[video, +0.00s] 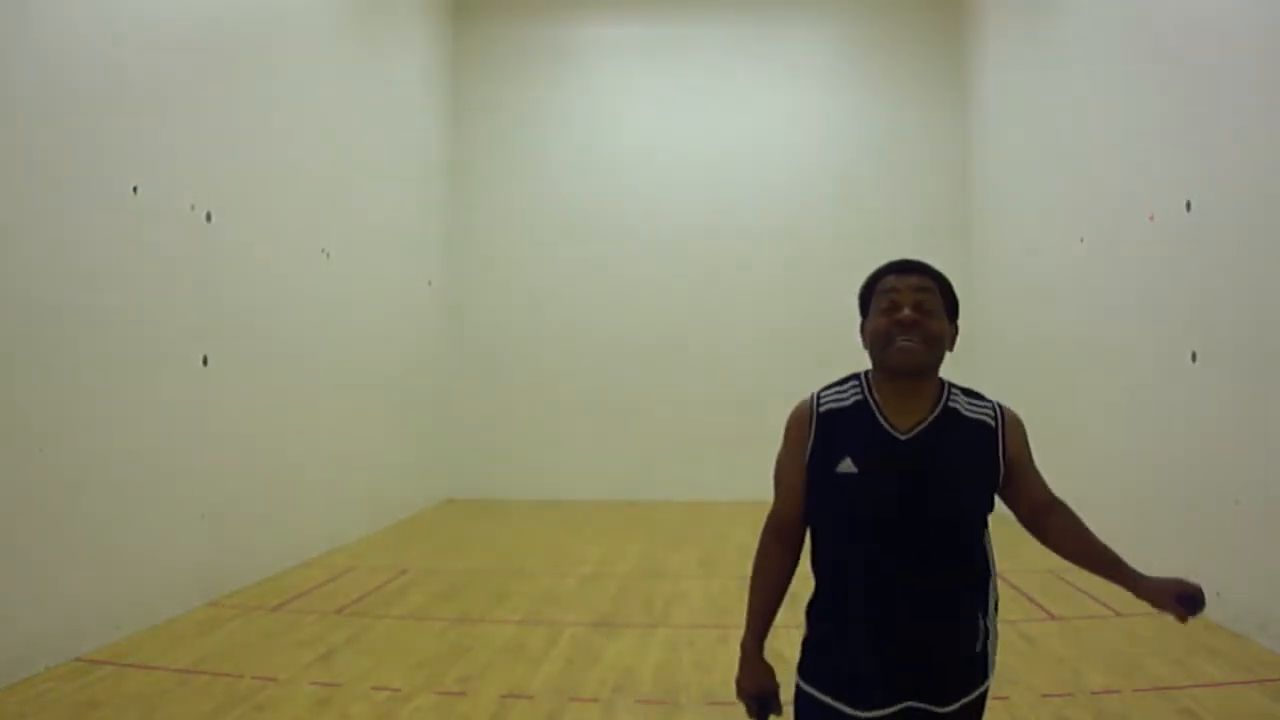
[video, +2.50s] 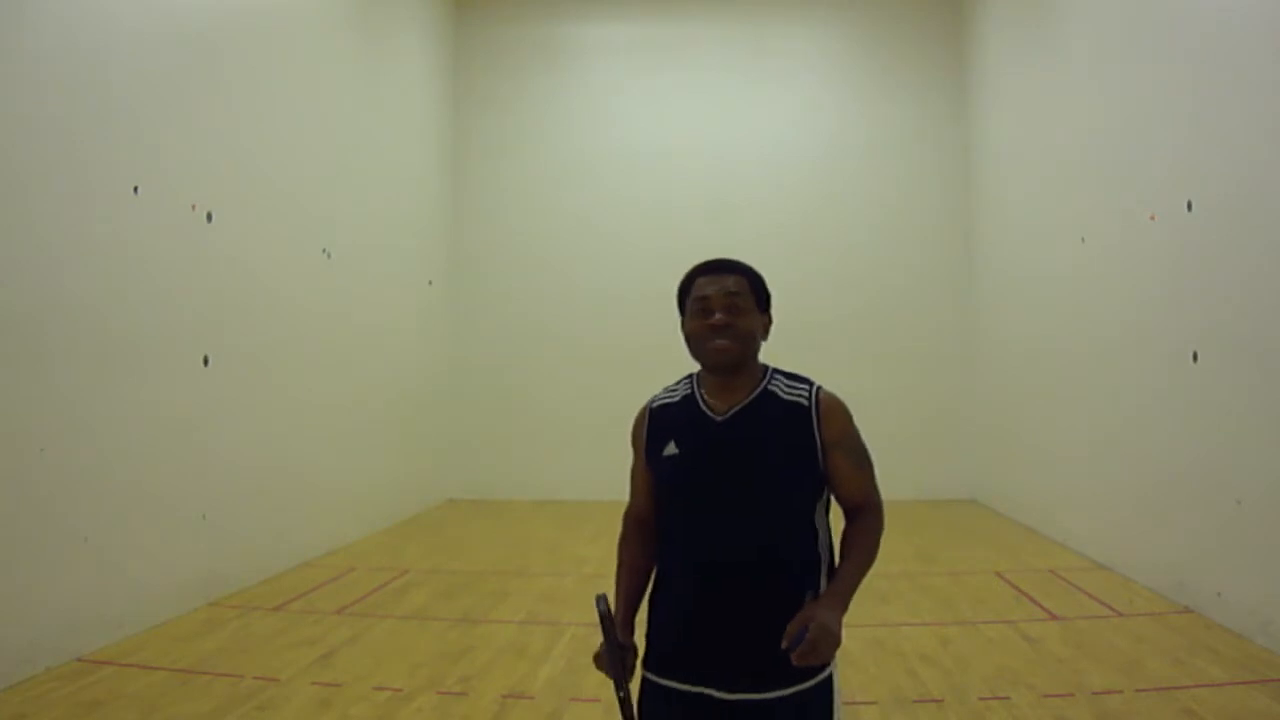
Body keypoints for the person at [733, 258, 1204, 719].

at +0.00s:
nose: (906, 315)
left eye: (924, 308)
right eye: (888, 306)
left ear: (951, 336)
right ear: (862, 332)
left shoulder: (992, 428)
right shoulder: (817, 421)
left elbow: (1046, 515)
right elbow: (783, 533)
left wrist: (1141, 584)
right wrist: (752, 649)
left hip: (951, 677)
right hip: (843, 673)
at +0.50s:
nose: (842, 317)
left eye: (859, 304)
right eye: (823, 309)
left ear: (892, 324)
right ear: (803, 333)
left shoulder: (944, 422)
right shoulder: (762, 424)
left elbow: (983, 531)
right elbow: (730, 535)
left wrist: (1000, 637)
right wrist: (703, 653)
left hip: (905, 684)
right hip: (787, 685)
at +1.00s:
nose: (772, 325)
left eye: (790, 307)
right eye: (755, 313)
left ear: (830, 317)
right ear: (739, 332)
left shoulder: (896, 421)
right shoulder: (712, 430)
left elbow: (961, 528)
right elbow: (647, 532)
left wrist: (961, 664)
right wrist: (645, 652)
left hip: (862, 691)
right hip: (747, 692)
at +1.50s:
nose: (806, 329)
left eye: (828, 315)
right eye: (798, 316)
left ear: (878, 329)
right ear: (787, 327)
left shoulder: (928, 432)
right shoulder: (756, 426)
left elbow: (966, 541)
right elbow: (679, 515)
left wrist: (976, 615)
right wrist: (634, 617)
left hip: (893, 685)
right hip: (782, 680)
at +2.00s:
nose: (829, 332)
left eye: (845, 318)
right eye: (813, 317)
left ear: (874, 328)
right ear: (790, 327)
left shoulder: (921, 423)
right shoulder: (749, 412)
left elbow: (955, 520)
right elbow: (716, 506)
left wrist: (914, 615)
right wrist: (691, 616)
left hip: (873, 664)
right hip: (768, 656)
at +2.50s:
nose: (719, 317)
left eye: (735, 305)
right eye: (702, 308)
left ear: (765, 322)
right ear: (683, 329)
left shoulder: (816, 412)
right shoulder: (657, 420)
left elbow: (865, 512)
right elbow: (641, 522)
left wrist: (833, 605)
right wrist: (622, 625)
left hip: (786, 678)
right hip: (680, 677)